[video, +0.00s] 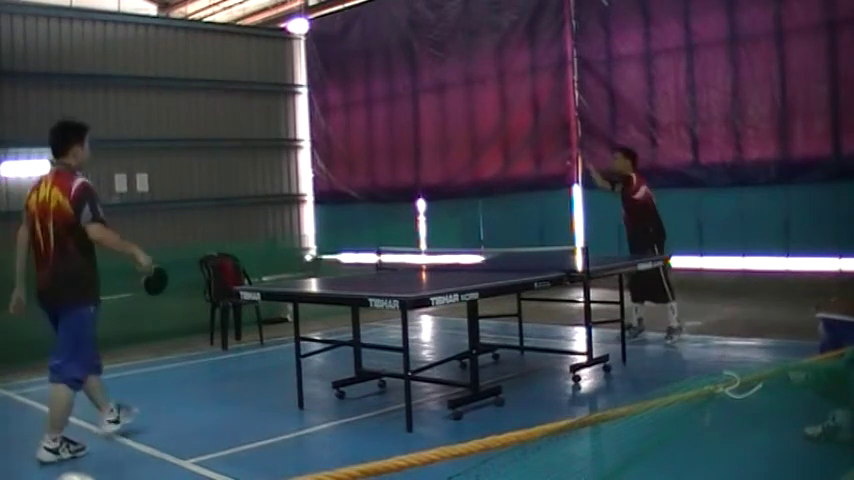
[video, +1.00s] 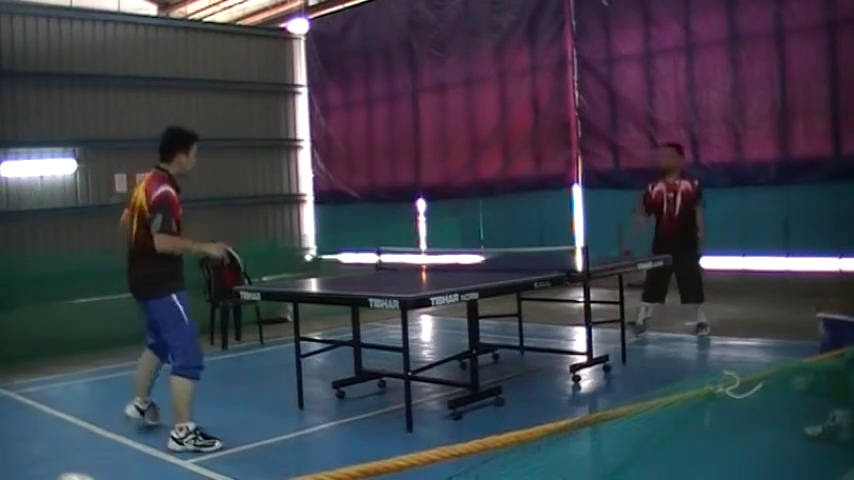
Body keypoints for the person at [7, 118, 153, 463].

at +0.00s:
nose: (88, 152)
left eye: (87, 145)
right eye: (86, 146)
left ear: (58, 150)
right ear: (74, 149)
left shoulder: (38, 189)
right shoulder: (78, 187)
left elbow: (24, 236)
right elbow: (95, 231)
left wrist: (18, 286)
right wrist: (134, 251)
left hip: (48, 289)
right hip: (77, 290)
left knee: (85, 356)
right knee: (69, 365)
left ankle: (109, 414)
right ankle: (52, 441)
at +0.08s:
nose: (95, 155)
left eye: (94, 149)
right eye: (94, 150)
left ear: (66, 153)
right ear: (84, 152)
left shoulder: (51, 188)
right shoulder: (85, 188)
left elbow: (38, 242)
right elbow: (101, 232)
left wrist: (38, 287)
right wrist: (144, 247)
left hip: (58, 289)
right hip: (86, 292)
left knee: (97, 356)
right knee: (79, 364)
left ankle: (122, 413)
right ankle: (53, 440)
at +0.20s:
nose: (110, 157)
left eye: (109, 151)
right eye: (108, 151)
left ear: (83, 155)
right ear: (96, 154)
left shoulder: (69, 187)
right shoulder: (96, 188)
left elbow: (67, 241)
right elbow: (106, 234)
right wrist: (150, 249)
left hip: (82, 289)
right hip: (103, 290)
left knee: (109, 356)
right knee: (99, 363)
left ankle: (130, 414)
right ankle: (59, 428)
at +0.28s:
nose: (119, 157)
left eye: (118, 151)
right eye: (117, 151)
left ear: (94, 152)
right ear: (105, 152)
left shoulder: (82, 182)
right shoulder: (101, 186)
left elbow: (90, 234)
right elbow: (109, 233)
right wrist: (151, 251)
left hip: (90, 284)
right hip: (110, 286)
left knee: (110, 352)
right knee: (122, 358)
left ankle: (130, 415)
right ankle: (73, 415)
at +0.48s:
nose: (142, 156)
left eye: (141, 150)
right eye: (139, 150)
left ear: (119, 151)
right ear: (127, 151)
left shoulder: (113, 182)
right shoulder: (112, 185)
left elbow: (118, 233)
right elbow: (111, 233)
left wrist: (143, 263)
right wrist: (154, 250)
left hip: (116, 279)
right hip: (120, 280)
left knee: (122, 346)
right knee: (150, 345)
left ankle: (127, 410)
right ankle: (125, 412)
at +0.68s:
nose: (158, 159)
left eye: (158, 153)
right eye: (156, 153)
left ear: (140, 153)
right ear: (143, 153)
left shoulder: (136, 185)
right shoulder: (124, 187)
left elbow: (138, 232)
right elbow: (122, 236)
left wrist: (168, 244)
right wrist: (166, 243)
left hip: (136, 282)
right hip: (135, 285)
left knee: (129, 351)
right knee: (157, 353)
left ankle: (131, 416)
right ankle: (176, 425)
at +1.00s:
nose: (193, 161)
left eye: (193, 155)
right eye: (192, 155)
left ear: (166, 154)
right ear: (179, 156)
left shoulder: (148, 182)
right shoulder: (164, 192)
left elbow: (127, 223)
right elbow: (162, 242)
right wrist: (204, 247)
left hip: (145, 283)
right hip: (162, 286)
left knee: (159, 344)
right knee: (186, 353)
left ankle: (140, 402)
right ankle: (183, 430)